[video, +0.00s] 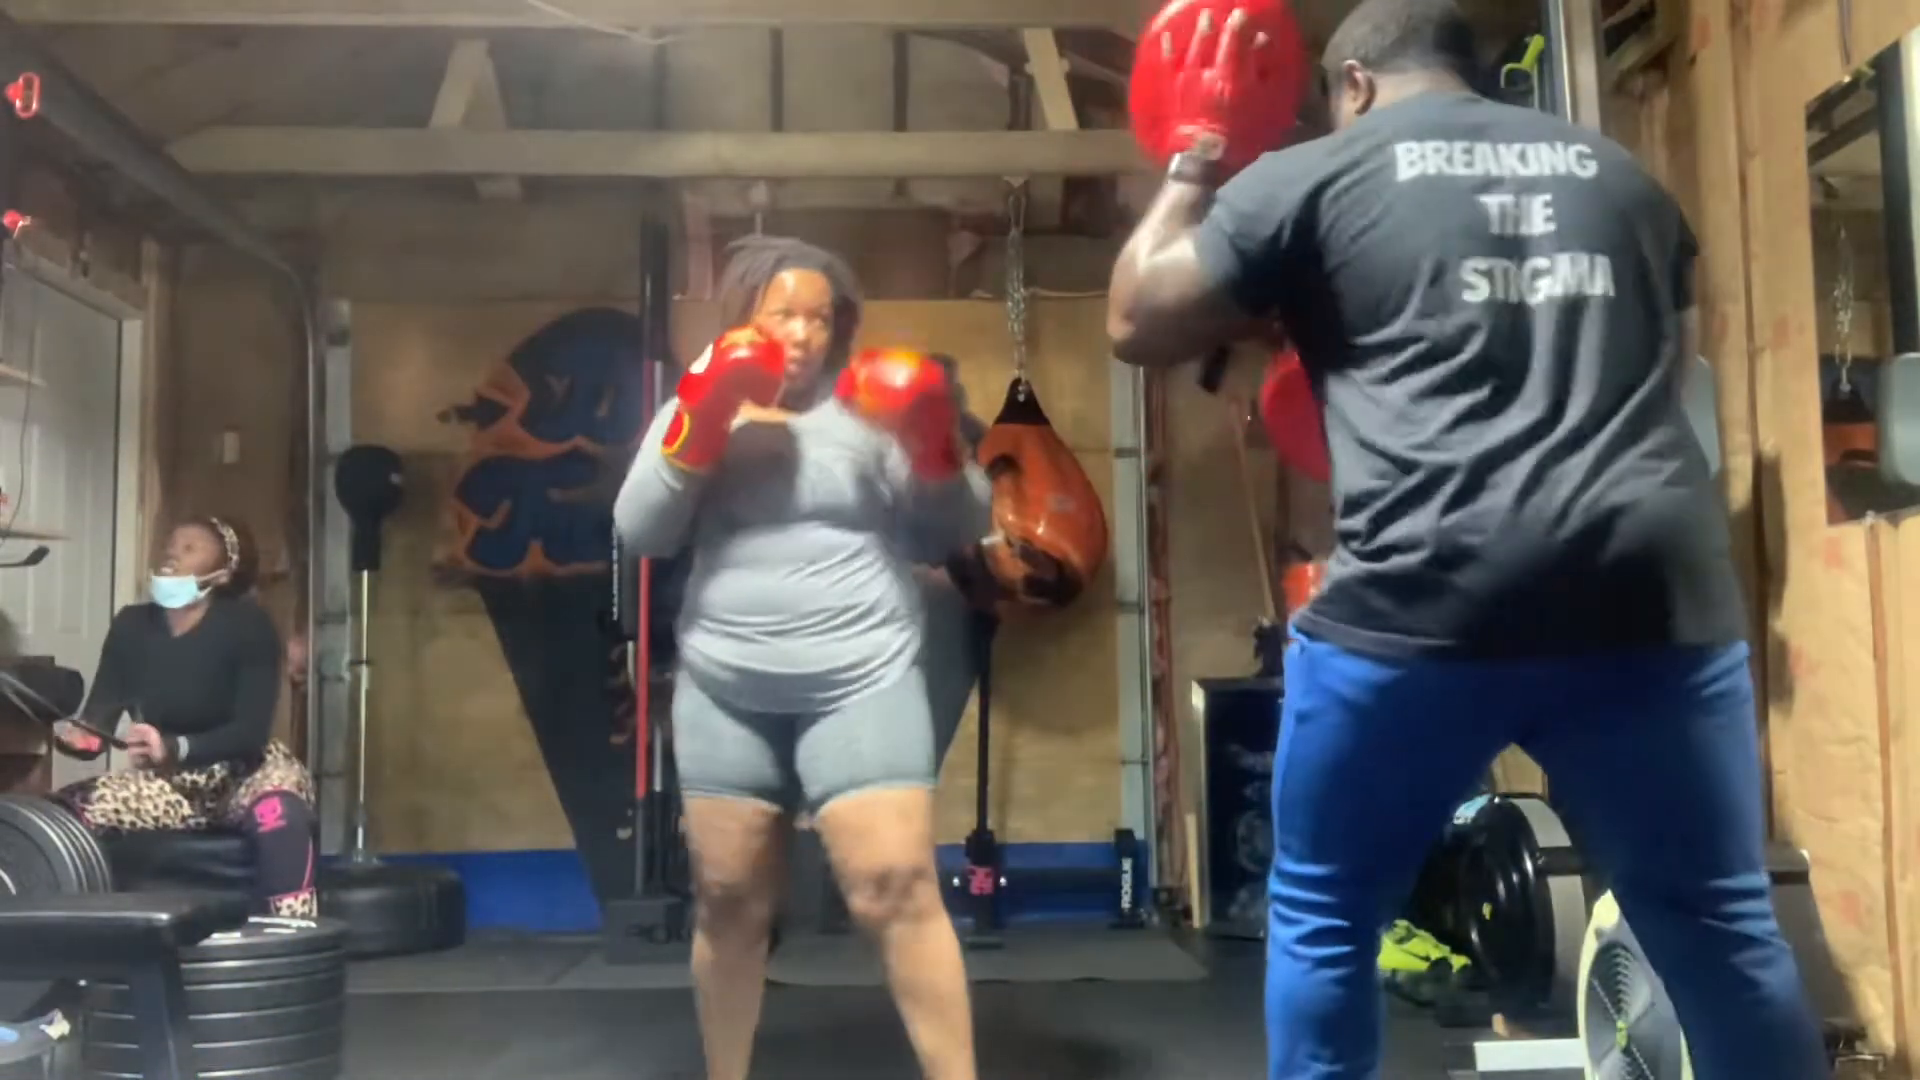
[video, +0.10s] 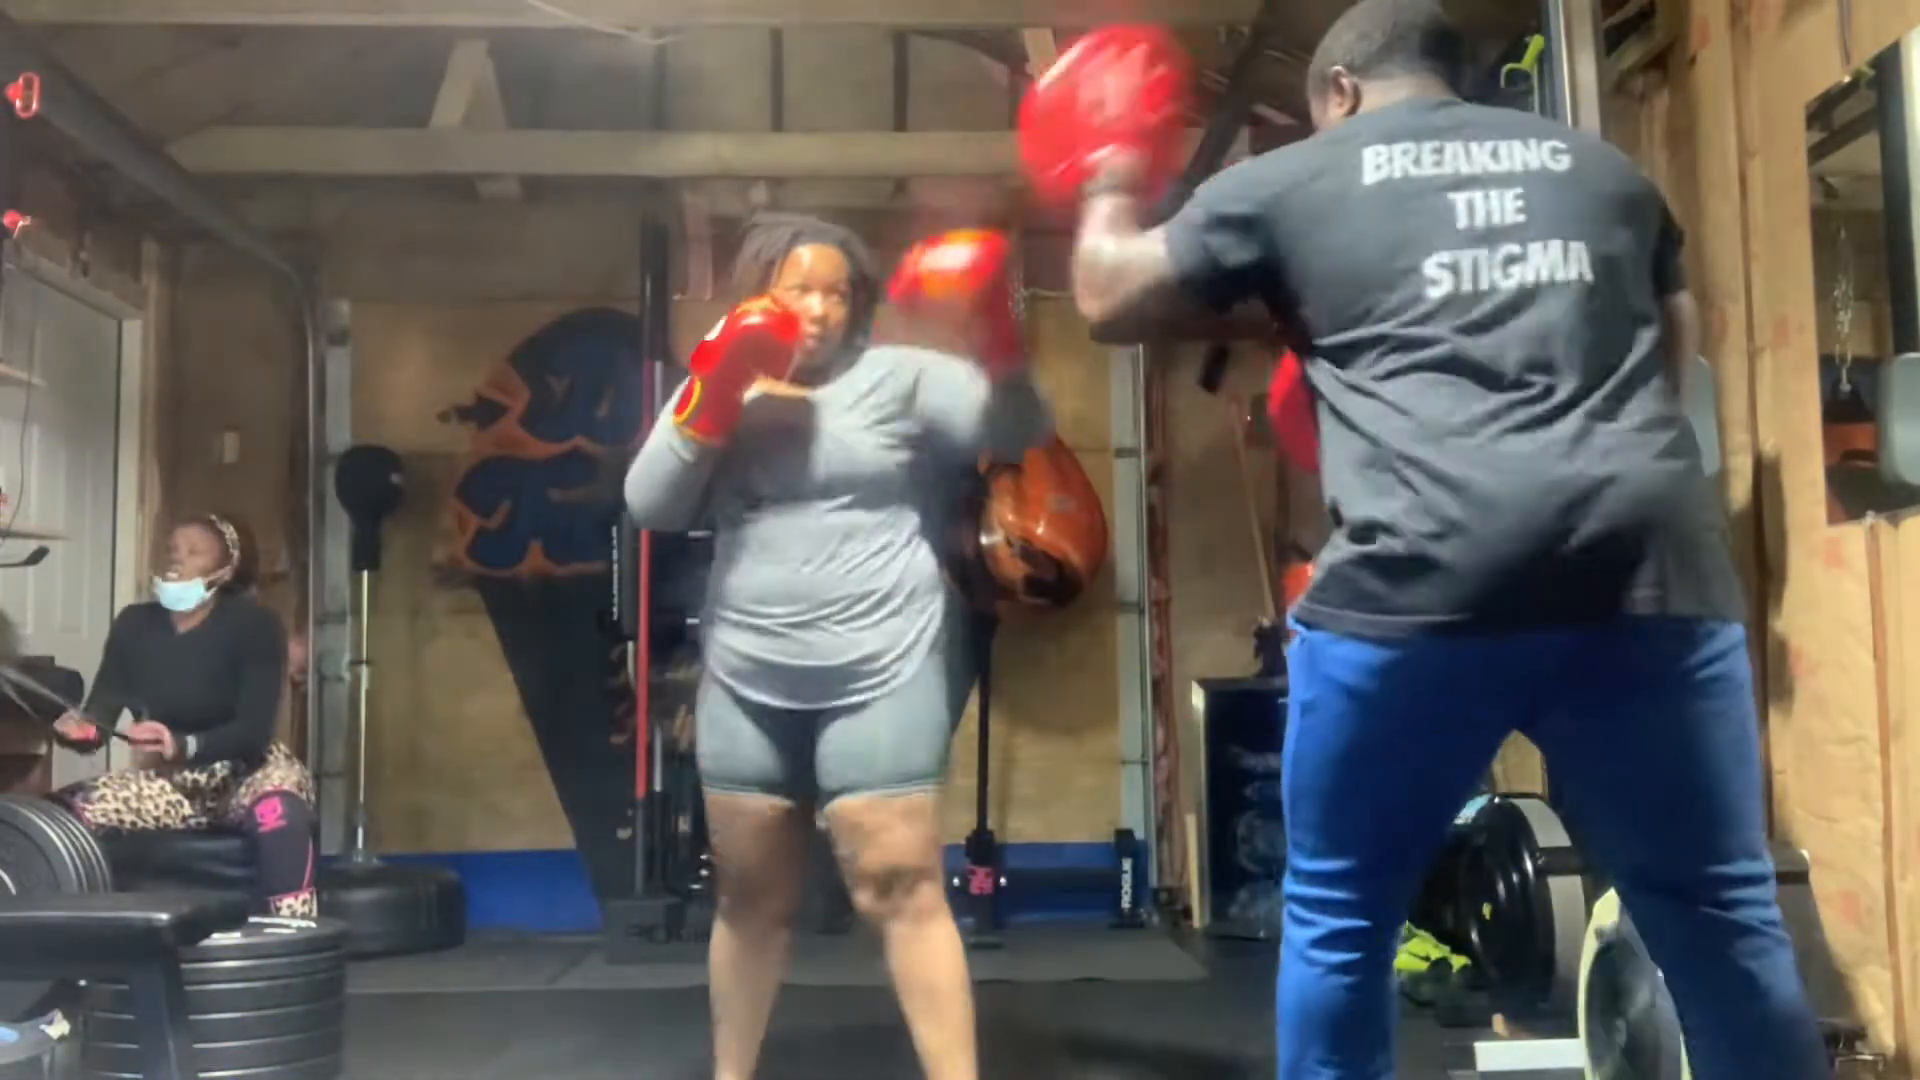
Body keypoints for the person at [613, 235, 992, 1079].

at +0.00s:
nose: (804, 335)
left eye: (821, 319)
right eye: (785, 316)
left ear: (841, 330)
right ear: (744, 324)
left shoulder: (875, 411)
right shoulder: (699, 411)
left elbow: (954, 534)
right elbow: (640, 534)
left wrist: (929, 432)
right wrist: (702, 422)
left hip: (863, 680)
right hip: (722, 685)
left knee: (896, 886)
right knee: (725, 897)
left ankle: (955, 1075)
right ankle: (725, 1075)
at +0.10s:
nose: (814, 309)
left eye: (832, 293)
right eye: (795, 290)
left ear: (858, 307)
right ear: (752, 299)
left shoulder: (901, 379)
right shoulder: (721, 394)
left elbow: (1013, 435)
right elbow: (649, 506)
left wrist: (998, 330)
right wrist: (717, 389)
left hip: (883, 674)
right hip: (745, 675)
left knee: (902, 889)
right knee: (746, 900)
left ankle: (955, 1074)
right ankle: (730, 1072)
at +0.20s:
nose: (836, 304)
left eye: (854, 287)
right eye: (817, 285)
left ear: (879, 299)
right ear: (771, 291)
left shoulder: (923, 362)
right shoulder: (734, 379)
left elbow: (1046, 382)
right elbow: (671, 497)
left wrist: (1019, 292)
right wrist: (747, 385)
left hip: (905, 664)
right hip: (764, 668)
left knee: (912, 884)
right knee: (763, 903)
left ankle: (957, 1075)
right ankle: (733, 1072)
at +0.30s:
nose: (864, 326)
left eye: (883, 311)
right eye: (847, 306)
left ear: (905, 322)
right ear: (805, 307)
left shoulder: (936, 392)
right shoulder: (745, 390)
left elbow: (1050, 474)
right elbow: (698, 528)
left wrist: (1045, 411)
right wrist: (782, 432)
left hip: (922, 679)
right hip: (777, 680)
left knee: (947, 898)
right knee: (764, 912)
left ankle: (967, 1072)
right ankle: (735, 1072)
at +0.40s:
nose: (899, 354)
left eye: (914, 334)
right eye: (877, 334)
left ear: (934, 343)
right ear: (831, 340)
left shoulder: (973, 434)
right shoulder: (780, 429)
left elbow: (1029, 573)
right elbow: (722, 586)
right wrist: (801, 524)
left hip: (935, 713)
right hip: (784, 709)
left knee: (969, 920)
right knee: (742, 939)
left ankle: (974, 1074)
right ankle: (704, 1062)